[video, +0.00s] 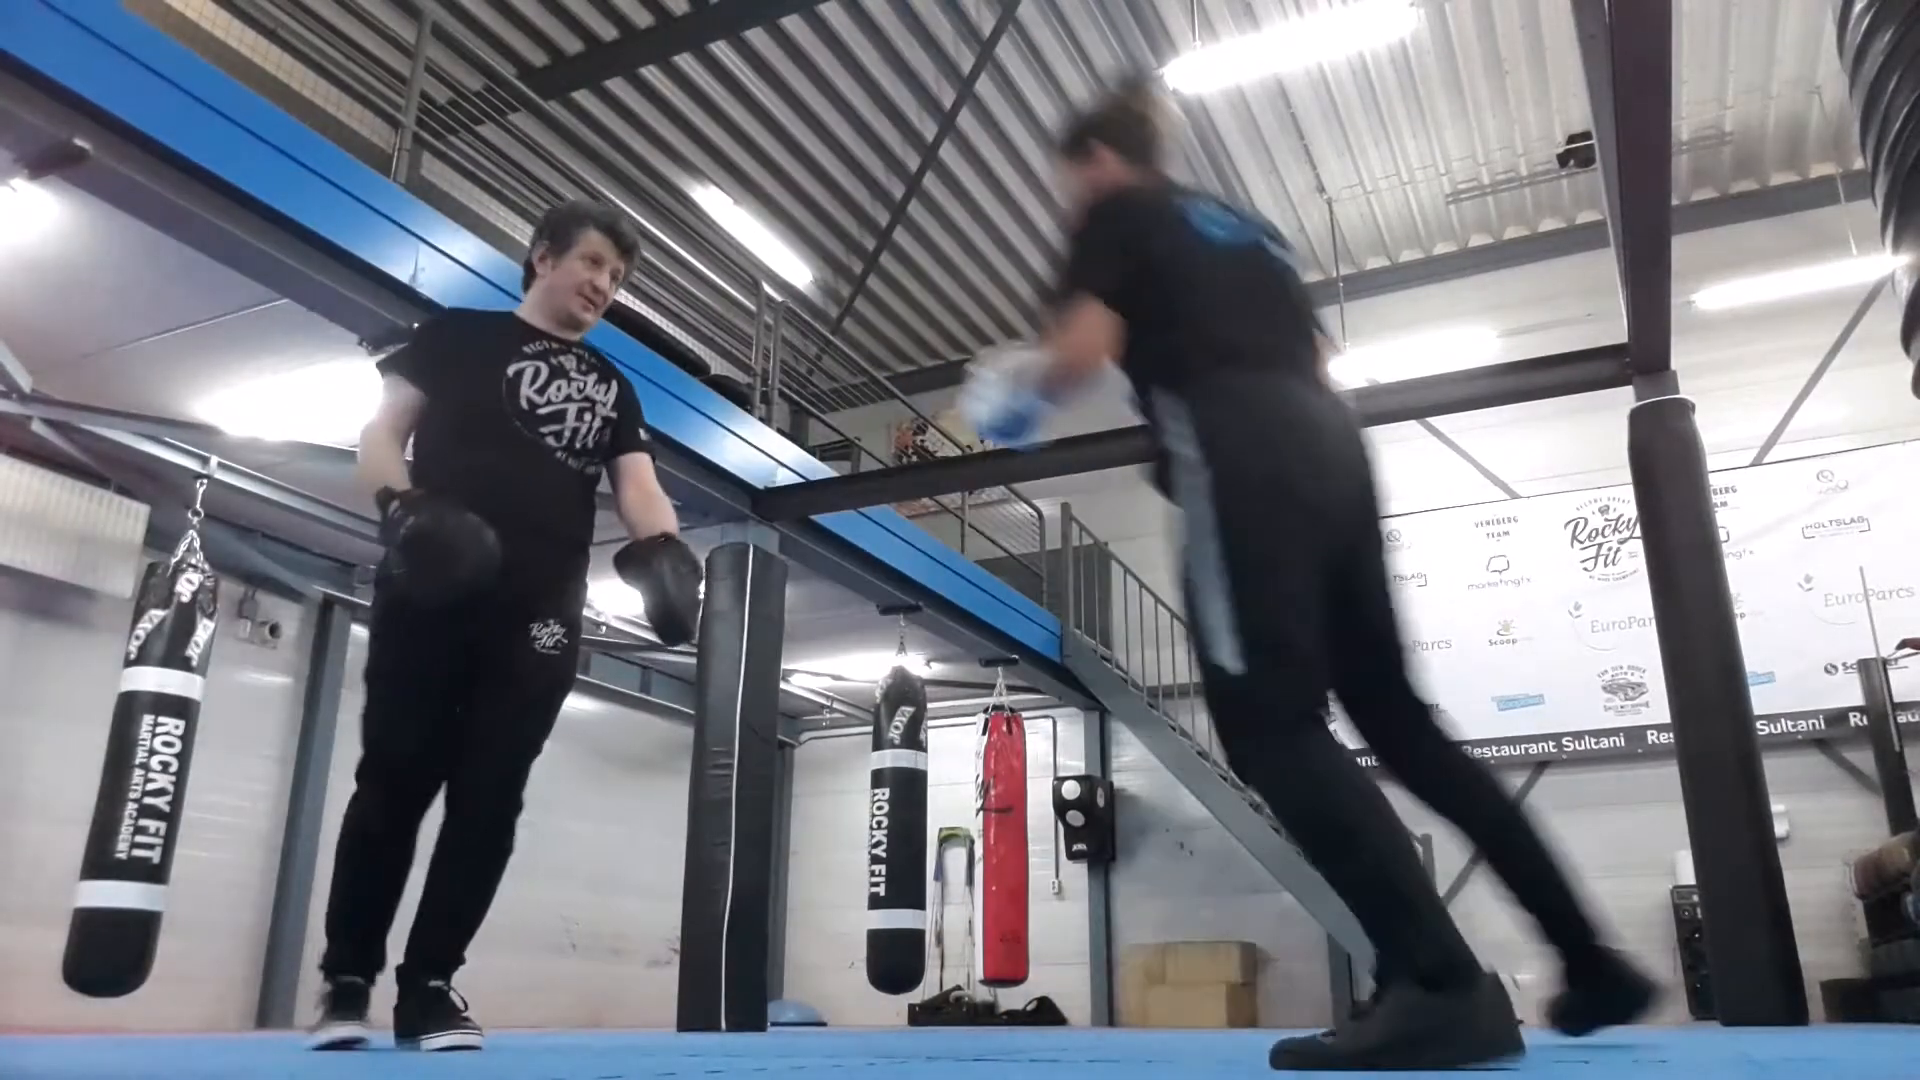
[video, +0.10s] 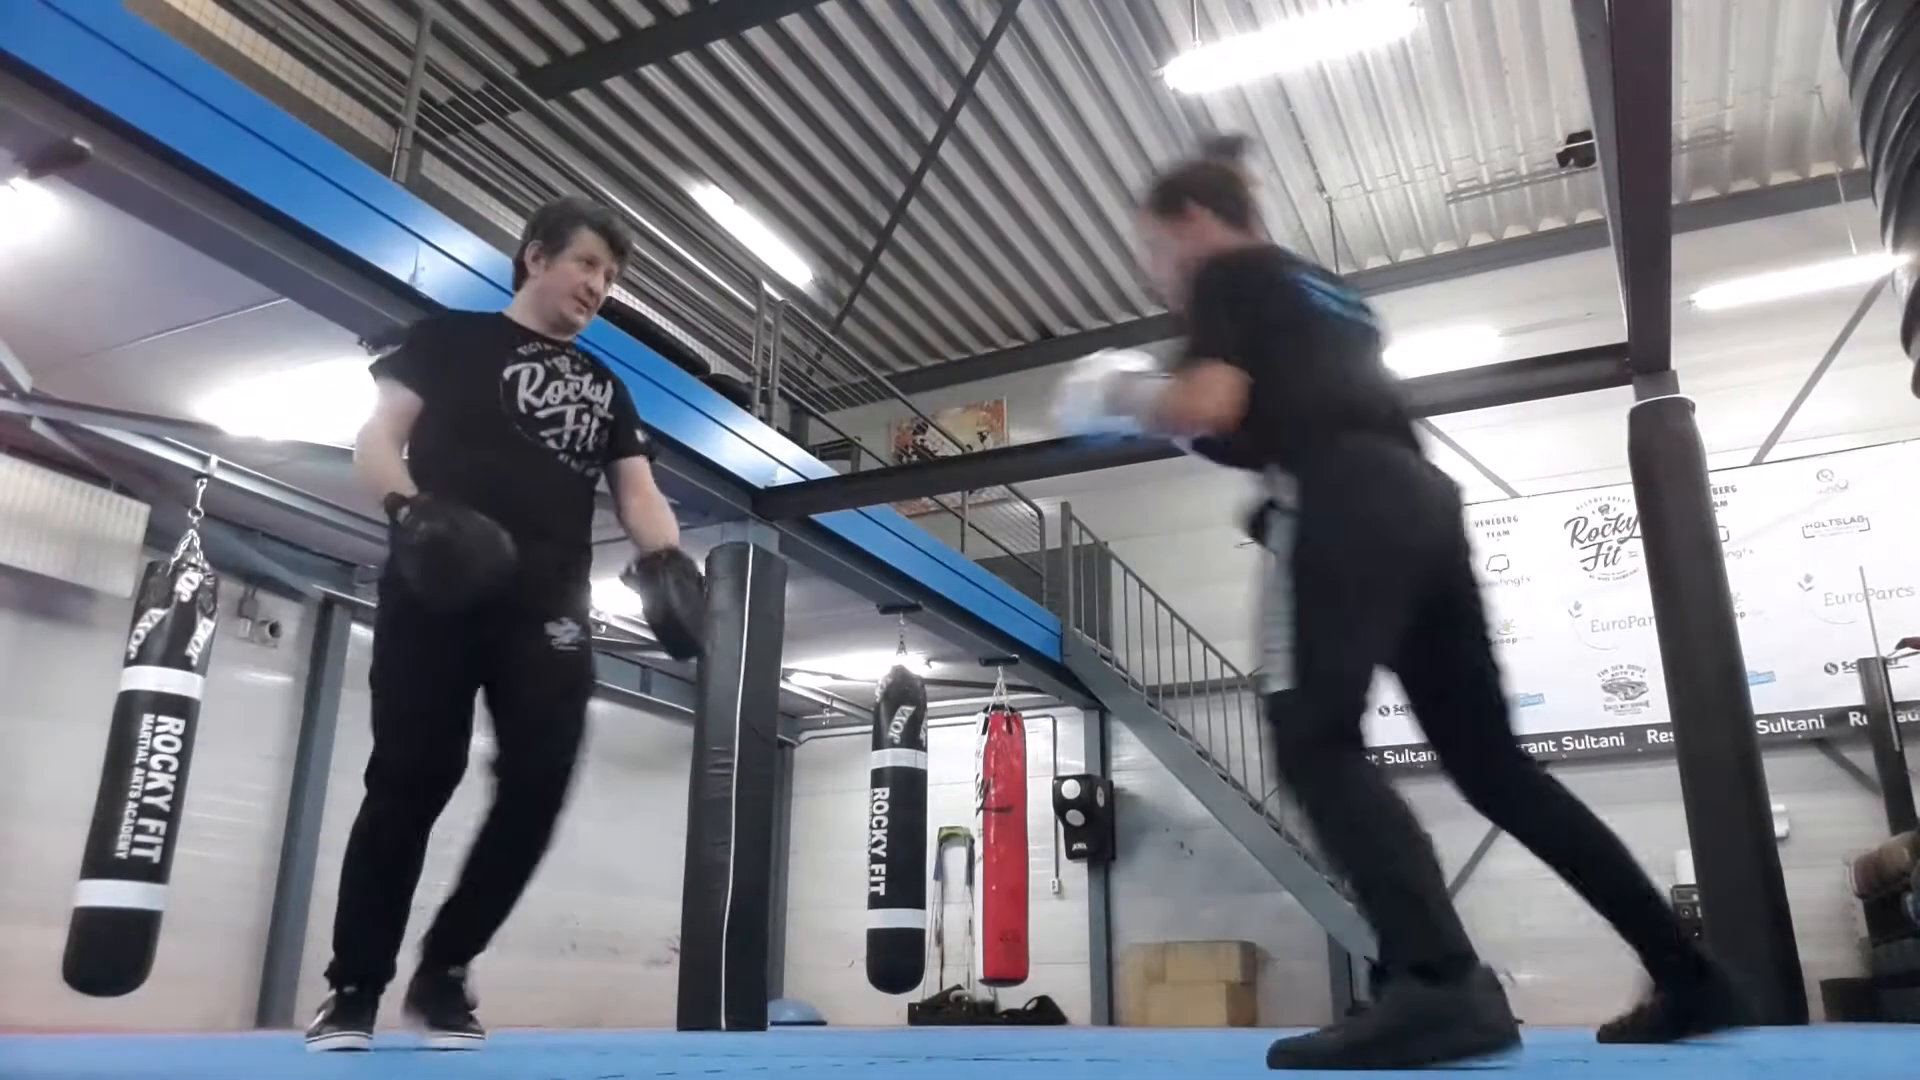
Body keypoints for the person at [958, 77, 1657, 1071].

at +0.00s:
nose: (1065, 198)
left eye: (1066, 180)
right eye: (1062, 183)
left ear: (1098, 161)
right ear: (1147, 157)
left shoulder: (1118, 218)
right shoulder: (1233, 223)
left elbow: (1083, 350)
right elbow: (1316, 363)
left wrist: (1028, 384)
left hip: (1242, 451)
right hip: (1330, 440)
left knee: (1270, 731)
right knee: (1393, 712)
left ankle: (1441, 989)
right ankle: (1594, 966)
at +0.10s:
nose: (1153, 269)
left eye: (1156, 246)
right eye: (1150, 250)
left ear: (1196, 225)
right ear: (1232, 224)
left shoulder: (1228, 276)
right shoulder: (1309, 285)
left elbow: (1212, 401)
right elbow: (1295, 428)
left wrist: (1130, 391)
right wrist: (1175, 412)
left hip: (1350, 501)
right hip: (1421, 498)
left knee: (1314, 743)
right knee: (1489, 763)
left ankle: (1440, 988)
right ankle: (1689, 978)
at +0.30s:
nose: (1259, 258)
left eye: (1263, 235)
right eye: (1253, 244)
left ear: (1316, 212)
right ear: (1333, 220)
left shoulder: (1356, 263)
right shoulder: (1398, 275)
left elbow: (1361, 366)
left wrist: (1278, 357)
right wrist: (1291, 357)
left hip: (1451, 494)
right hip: (1515, 494)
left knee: (1387, 683)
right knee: (1547, 735)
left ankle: (1544, 894)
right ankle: (1687, 955)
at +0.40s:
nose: (1285, 250)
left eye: (1290, 227)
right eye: (1281, 235)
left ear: (1338, 207)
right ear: (1357, 214)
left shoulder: (1372, 250)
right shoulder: (1412, 268)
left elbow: (1387, 340)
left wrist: (1310, 366)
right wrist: (1316, 349)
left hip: (1474, 481)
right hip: (1531, 479)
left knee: (1421, 689)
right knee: (1530, 718)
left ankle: (1563, 920)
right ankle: (1680, 918)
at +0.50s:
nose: (1315, 281)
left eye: (1321, 259)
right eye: (1312, 264)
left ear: (1368, 243)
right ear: (1385, 250)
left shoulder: (1398, 288)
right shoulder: (1437, 302)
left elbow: (1412, 368)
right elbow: (1428, 445)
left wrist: (1333, 387)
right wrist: (1342, 405)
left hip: (1495, 522)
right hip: (1538, 514)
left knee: (1475, 746)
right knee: (1554, 746)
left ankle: (1588, 972)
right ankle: (1652, 956)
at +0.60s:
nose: (1355, 335)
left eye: (1359, 315)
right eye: (1350, 319)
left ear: (1405, 304)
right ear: (1420, 308)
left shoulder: (1432, 369)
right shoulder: (1472, 372)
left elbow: (1444, 447)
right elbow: (1438, 485)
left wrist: (1360, 445)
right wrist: (1372, 443)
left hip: (1521, 600)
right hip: (1559, 592)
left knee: (1453, 785)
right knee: (1553, 803)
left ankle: (1588, 979)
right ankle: (1665, 985)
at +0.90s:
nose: (1350, 317)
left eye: (1356, 298)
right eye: (1346, 303)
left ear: (1407, 283)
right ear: (1415, 290)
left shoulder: (1425, 333)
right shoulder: (1461, 350)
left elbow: (1443, 420)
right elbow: (1423, 468)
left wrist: (1352, 415)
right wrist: (1348, 433)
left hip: (1486, 553)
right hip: (1545, 551)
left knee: (1422, 750)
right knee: (1552, 765)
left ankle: (1402, 964)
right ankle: (1655, 958)